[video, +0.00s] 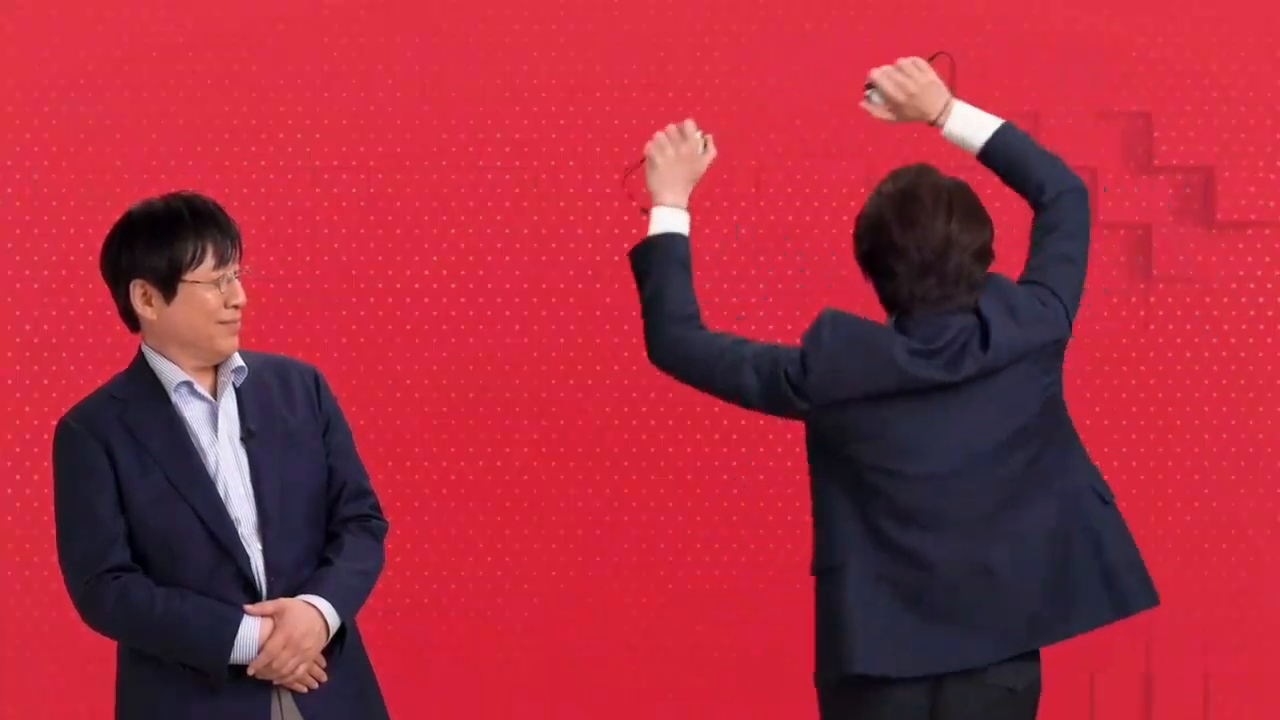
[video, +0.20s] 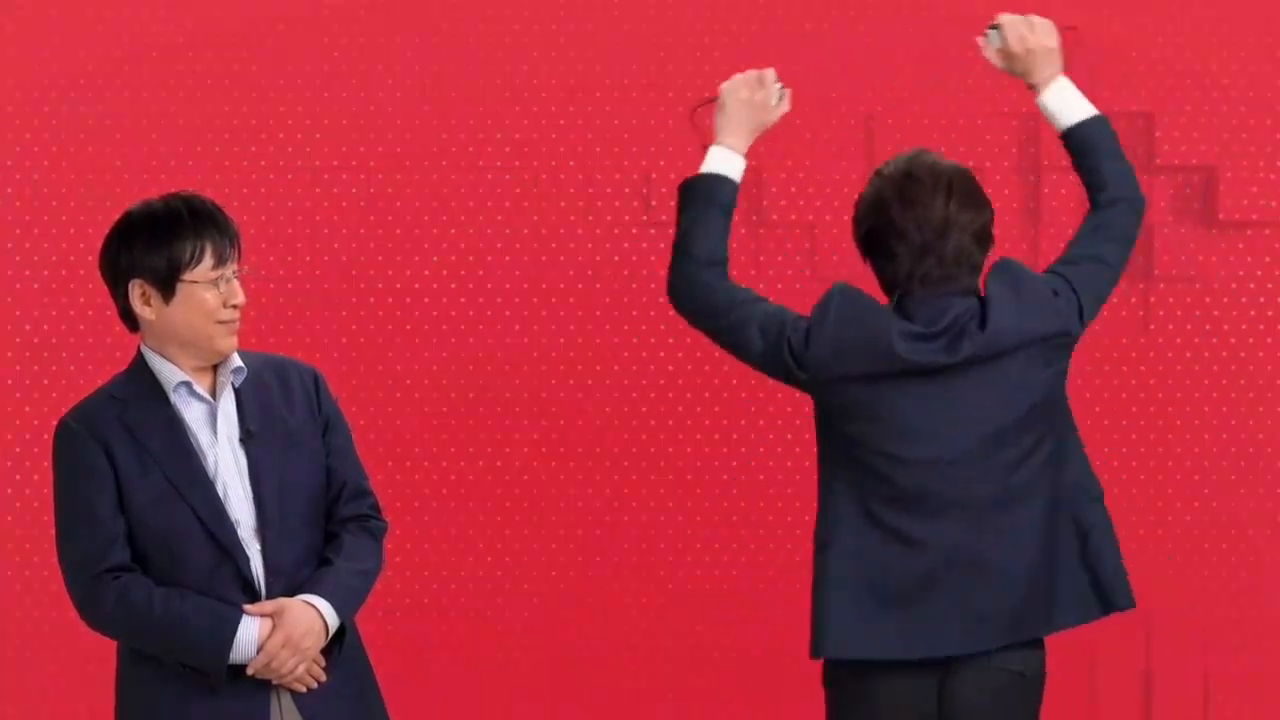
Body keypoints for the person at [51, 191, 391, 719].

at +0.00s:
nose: (238, 298)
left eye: (236, 278)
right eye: (215, 283)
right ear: (147, 301)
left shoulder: (301, 389)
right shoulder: (91, 434)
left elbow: (361, 526)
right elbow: (103, 591)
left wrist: (320, 613)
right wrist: (252, 640)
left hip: (334, 701)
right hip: (192, 708)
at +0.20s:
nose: (237, 298)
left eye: (235, 278)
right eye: (213, 282)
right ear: (146, 300)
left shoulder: (301, 390)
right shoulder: (91, 434)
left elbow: (361, 526)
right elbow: (103, 592)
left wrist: (319, 613)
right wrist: (251, 640)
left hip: (333, 701)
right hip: (192, 708)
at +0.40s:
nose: (237, 298)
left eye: (236, 278)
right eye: (213, 283)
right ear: (147, 301)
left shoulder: (301, 390)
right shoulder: (91, 434)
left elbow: (361, 526)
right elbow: (103, 592)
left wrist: (319, 612)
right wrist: (250, 640)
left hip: (333, 700)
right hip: (192, 708)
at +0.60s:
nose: (239, 298)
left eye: (236, 278)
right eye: (214, 283)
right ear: (147, 300)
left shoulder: (301, 390)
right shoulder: (92, 433)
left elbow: (361, 525)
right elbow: (103, 590)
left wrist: (320, 612)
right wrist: (251, 640)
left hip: (333, 700)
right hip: (192, 708)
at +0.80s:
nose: (239, 298)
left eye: (237, 278)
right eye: (214, 283)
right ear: (148, 301)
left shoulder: (301, 390)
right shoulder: (92, 433)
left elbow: (362, 526)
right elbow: (104, 591)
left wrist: (320, 612)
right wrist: (252, 639)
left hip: (333, 700)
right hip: (192, 708)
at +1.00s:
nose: (237, 298)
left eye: (235, 278)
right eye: (213, 283)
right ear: (147, 301)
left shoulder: (301, 390)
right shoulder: (91, 434)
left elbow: (361, 525)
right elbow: (104, 591)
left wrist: (320, 612)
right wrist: (252, 639)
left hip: (332, 700)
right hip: (192, 708)